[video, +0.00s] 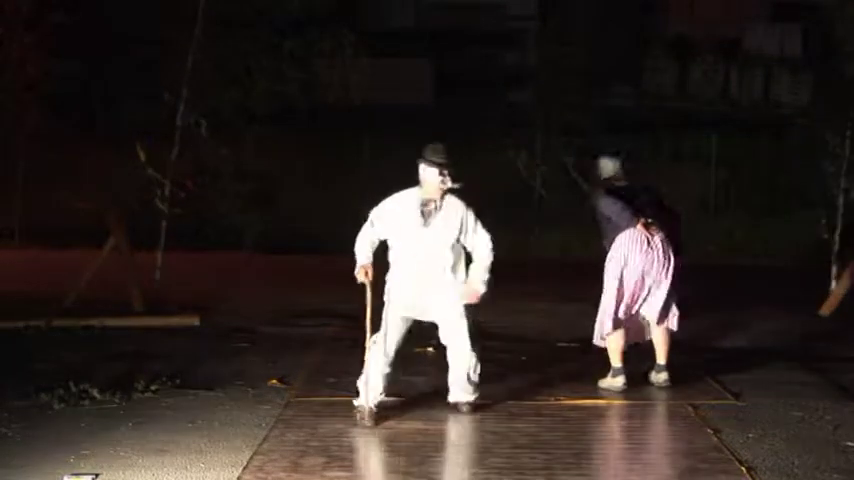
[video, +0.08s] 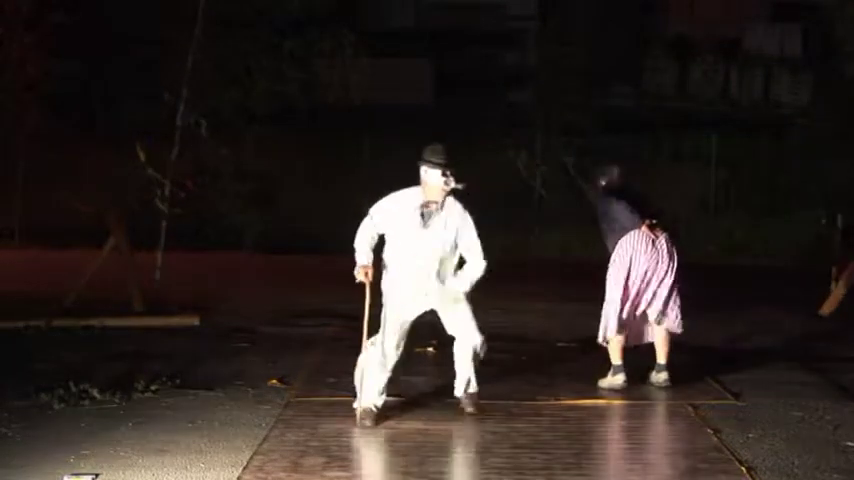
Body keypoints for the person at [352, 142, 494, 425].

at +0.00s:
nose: (442, 178)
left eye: (445, 172)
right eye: (436, 172)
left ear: (449, 176)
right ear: (421, 172)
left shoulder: (457, 210)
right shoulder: (397, 205)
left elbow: (482, 245)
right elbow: (370, 231)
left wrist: (476, 282)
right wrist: (364, 260)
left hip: (444, 291)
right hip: (403, 290)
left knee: (460, 345)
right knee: (385, 345)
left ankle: (463, 398)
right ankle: (367, 400)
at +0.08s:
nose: (446, 180)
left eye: (448, 174)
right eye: (439, 174)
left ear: (451, 177)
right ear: (424, 174)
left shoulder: (456, 213)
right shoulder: (396, 204)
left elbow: (476, 260)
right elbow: (367, 229)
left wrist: (457, 287)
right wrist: (363, 261)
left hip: (442, 287)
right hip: (402, 289)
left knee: (469, 337)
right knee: (389, 346)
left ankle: (466, 391)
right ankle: (368, 403)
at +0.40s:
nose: (471, 192)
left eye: (473, 186)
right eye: (465, 184)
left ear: (474, 187)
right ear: (448, 181)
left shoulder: (472, 216)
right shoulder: (414, 202)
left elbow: (456, 241)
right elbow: (375, 223)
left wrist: (420, 239)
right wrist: (376, 263)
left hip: (458, 286)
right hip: (418, 288)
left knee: (475, 342)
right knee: (418, 346)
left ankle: (473, 404)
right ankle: (418, 411)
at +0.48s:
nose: (476, 199)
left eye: (478, 193)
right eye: (471, 191)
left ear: (478, 193)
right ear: (451, 186)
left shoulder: (474, 225)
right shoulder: (416, 206)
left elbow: (458, 258)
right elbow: (374, 227)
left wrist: (417, 252)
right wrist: (381, 266)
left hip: (462, 287)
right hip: (418, 289)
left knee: (497, 340)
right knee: (418, 351)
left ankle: (502, 399)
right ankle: (417, 413)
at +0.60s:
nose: (484, 206)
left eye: (486, 200)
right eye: (479, 198)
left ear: (486, 199)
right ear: (461, 192)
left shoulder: (480, 229)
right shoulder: (425, 208)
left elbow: (472, 272)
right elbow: (378, 227)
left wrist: (428, 264)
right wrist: (385, 269)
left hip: (470, 286)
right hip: (426, 287)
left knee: (513, 329)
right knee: (420, 347)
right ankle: (416, 411)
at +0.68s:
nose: (491, 207)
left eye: (495, 201)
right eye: (488, 200)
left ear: (494, 200)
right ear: (469, 192)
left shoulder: (488, 227)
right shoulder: (432, 202)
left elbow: (488, 274)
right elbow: (387, 224)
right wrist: (386, 268)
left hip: (475, 283)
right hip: (432, 285)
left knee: (519, 326)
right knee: (424, 346)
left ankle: (563, 378)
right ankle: (415, 410)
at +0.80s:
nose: (512, 198)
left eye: (514, 192)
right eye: (508, 191)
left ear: (511, 191)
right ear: (489, 182)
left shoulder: (510, 220)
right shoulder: (450, 195)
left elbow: (520, 259)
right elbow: (407, 221)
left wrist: (511, 276)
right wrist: (396, 268)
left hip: (489, 282)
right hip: (444, 282)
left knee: (526, 324)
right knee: (427, 342)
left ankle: (568, 384)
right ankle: (412, 411)